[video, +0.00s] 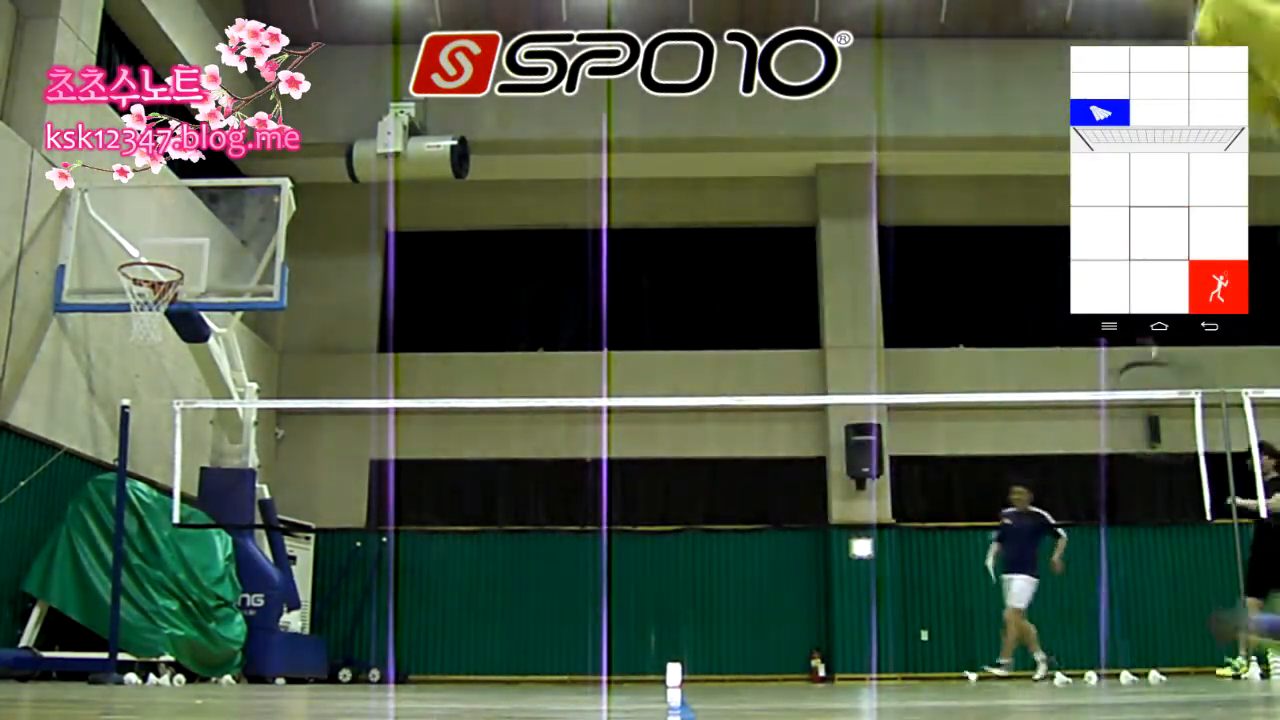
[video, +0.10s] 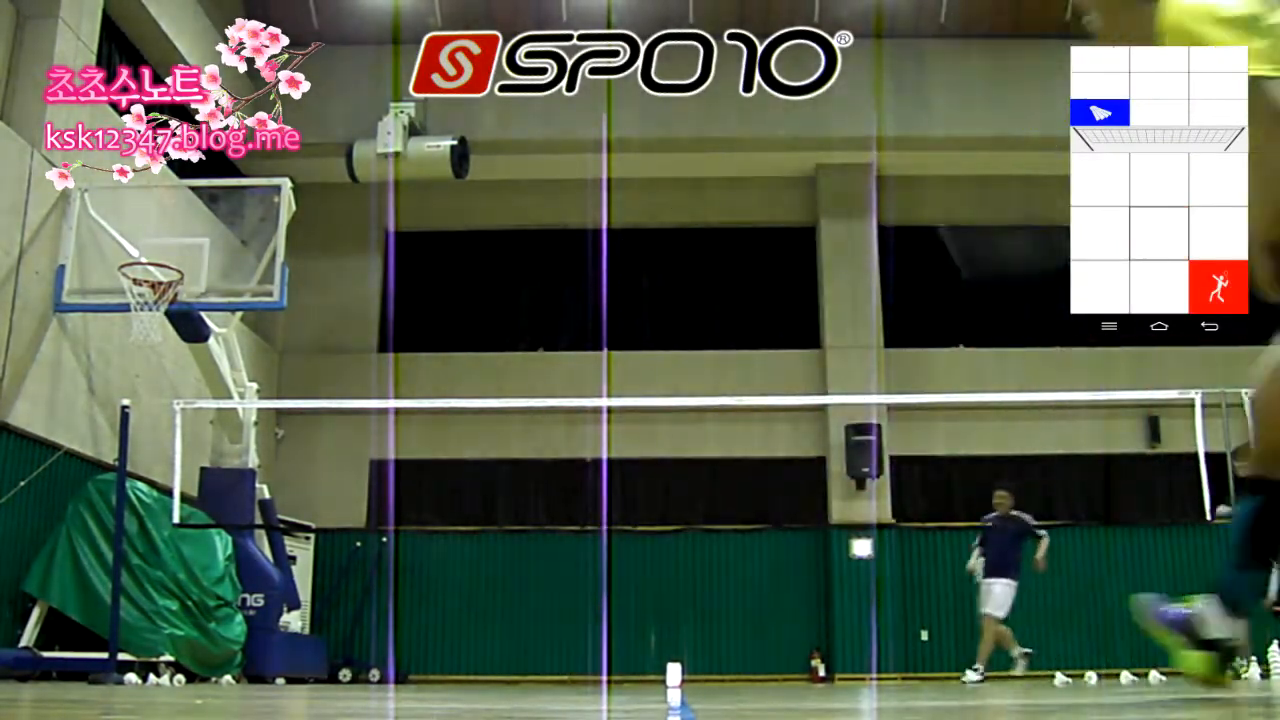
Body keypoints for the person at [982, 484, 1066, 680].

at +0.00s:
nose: (1016, 498)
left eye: (1020, 494)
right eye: (1014, 494)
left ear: (1029, 497)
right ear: (1010, 497)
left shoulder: (1039, 516)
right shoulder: (1006, 516)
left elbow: (1062, 536)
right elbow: (998, 540)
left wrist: (1056, 557)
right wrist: (991, 558)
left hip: (1027, 573)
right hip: (1007, 572)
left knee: (1011, 615)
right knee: (1018, 619)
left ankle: (1005, 662)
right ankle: (1040, 658)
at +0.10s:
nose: (998, 502)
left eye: (1003, 498)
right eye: (996, 498)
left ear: (1011, 501)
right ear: (993, 500)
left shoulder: (1021, 520)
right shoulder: (988, 521)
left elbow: (1044, 536)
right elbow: (981, 544)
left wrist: (1040, 554)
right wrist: (974, 560)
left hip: (1006, 578)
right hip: (987, 577)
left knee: (990, 621)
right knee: (989, 622)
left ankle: (979, 667)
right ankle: (1018, 653)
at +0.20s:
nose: (982, 503)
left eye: (986, 499)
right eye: (979, 499)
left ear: (994, 502)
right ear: (975, 501)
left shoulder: (1002, 522)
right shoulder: (969, 523)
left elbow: (1019, 549)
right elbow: (963, 552)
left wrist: (1007, 561)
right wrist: (955, 574)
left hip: (992, 581)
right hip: (970, 580)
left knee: (977, 622)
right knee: (961, 623)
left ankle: (980, 666)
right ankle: (984, 651)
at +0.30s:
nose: (968, 499)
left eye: (971, 495)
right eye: (965, 495)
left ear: (979, 497)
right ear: (960, 497)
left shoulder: (988, 516)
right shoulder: (954, 516)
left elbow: (990, 547)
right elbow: (949, 547)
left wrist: (963, 546)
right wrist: (940, 569)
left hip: (979, 578)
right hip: (956, 577)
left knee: (974, 622)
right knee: (945, 617)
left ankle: (977, 667)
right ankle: (947, 663)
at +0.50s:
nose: (945, 504)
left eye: (949, 500)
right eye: (941, 500)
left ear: (955, 501)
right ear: (935, 500)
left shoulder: (963, 519)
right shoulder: (927, 519)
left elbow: (961, 548)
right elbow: (922, 545)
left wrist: (933, 542)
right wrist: (909, 567)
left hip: (953, 583)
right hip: (928, 580)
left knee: (955, 627)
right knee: (917, 620)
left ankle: (967, 660)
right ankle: (913, 667)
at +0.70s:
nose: (932, 495)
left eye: (936, 492)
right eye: (930, 491)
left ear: (943, 491)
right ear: (926, 490)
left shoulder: (951, 514)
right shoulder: (913, 512)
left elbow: (959, 548)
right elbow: (900, 541)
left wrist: (949, 567)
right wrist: (893, 563)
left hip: (941, 578)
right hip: (915, 577)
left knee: (941, 620)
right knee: (911, 622)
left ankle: (937, 657)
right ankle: (914, 666)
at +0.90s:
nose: (944, 516)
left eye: (947, 512)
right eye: (940, 511)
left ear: (952, 511)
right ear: (931, 506)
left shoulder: (955, 527)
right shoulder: (911, 518)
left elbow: (960, 559)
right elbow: (895, 544)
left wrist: (959, 584)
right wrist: (898, 567)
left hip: (937, 581)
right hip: (911, 580)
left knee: (936, 616)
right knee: (912, 624)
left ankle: (939, 659)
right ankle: (910, 662)